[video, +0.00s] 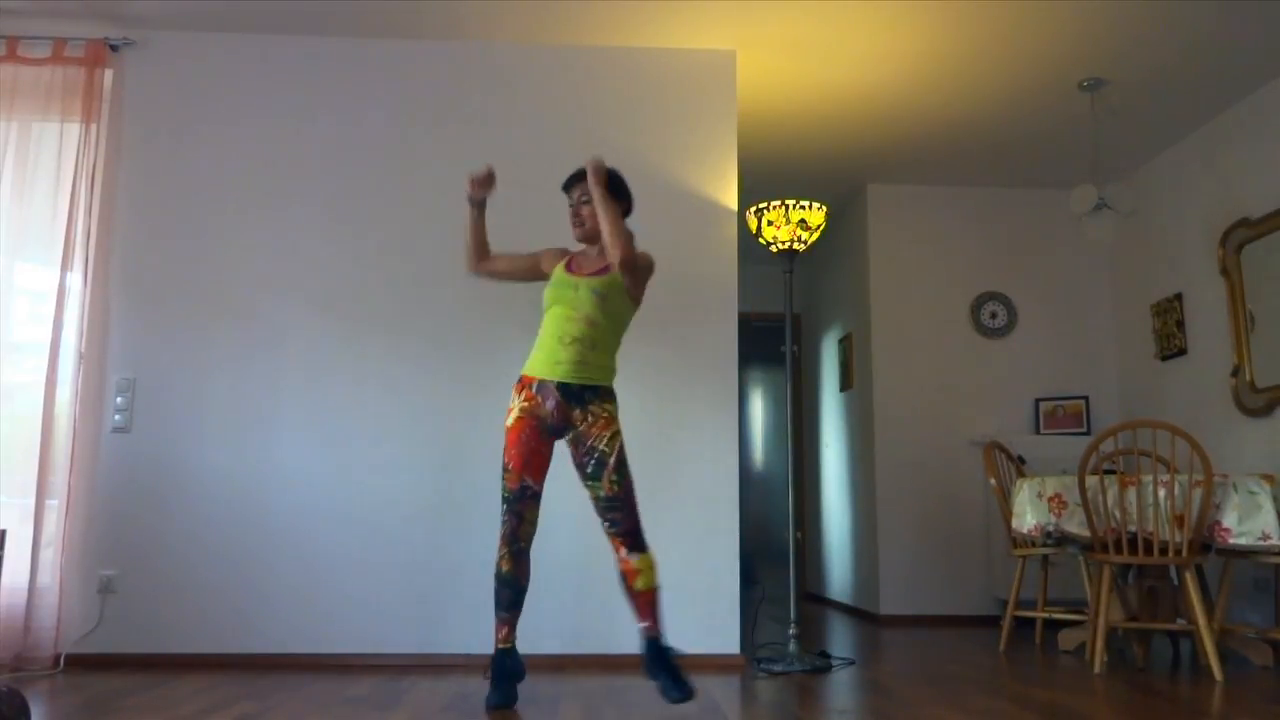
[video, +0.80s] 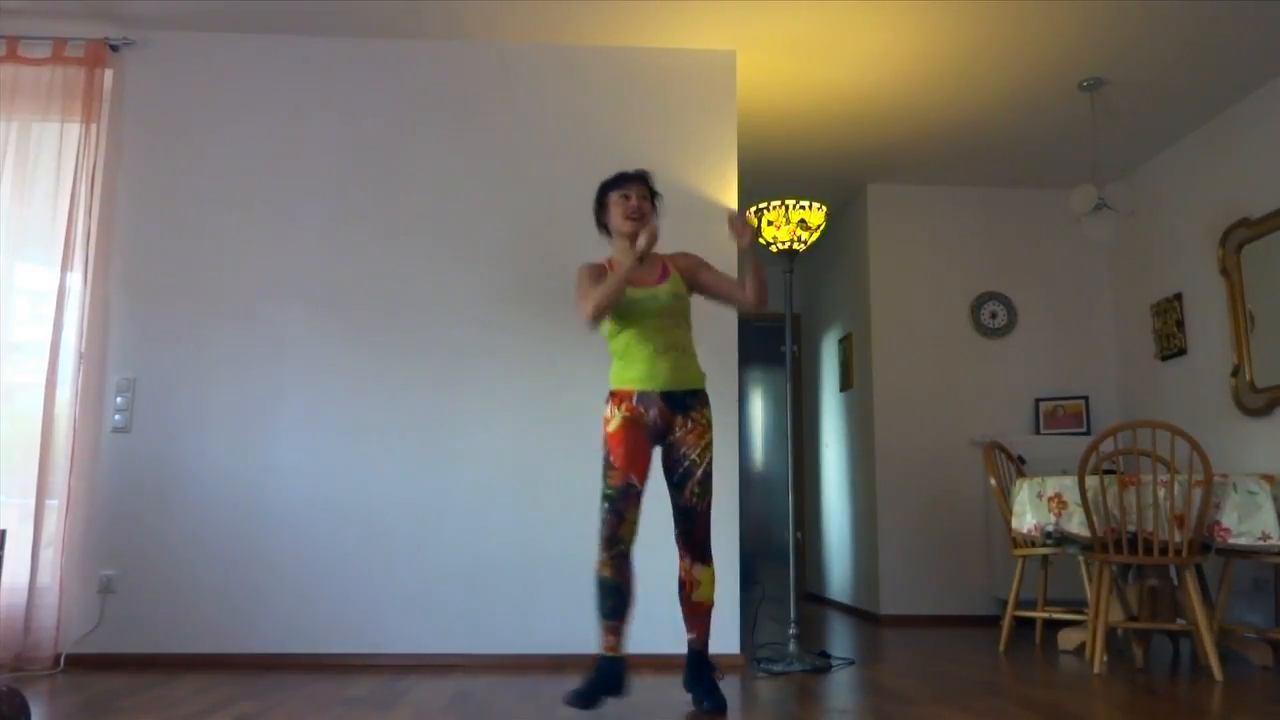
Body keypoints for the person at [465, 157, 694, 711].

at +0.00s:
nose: (578, 213)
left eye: (589, 204)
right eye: (572, 205)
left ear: (615, 211)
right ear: (568, 213)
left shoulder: (634, 268)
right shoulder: (557, 261)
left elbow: (618, 252)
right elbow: (481, 263)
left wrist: (599, 186)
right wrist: (477, 205)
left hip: (592, 403)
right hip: (533, 396)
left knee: (625, 528)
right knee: (515, 528)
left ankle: (655, 648)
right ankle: (503, 657)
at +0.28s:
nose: (607, 242)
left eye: (615, 231)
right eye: (602, 234)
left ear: (650, 230)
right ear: (605, 241)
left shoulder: (681, 281)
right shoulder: (609, 289)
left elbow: (676, 215)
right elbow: (537, 277)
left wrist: (634, 149)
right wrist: (534, 211)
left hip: (665, 429)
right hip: (607, 426)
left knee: (679, 553)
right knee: (555, 531)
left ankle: (701, 671)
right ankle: (557, 655)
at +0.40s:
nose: (617, 253)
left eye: (626, 242)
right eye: (612, 244)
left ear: (657, 244)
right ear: (614, 250)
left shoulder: (688, 290)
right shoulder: (617, 302)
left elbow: (712, 301)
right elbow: (558, 343)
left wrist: (673, 241)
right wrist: (567, 291)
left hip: (688, 439)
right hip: (632, 440)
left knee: (691, 564)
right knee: (590, 536)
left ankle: (703, 676)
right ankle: (642, 662)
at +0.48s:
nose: (620, 255)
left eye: (629, 245)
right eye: (616, 248)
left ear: (662, 246)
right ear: (615, 256)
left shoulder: (696, 303)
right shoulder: (616, 311)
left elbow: (732, 365)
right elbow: (592, 377)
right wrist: (568, 349)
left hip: (696, 441)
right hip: (640, 443)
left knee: (693, 565)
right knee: (630, 547)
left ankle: (702, 682)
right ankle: (685, 669)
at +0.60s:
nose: (634, 243)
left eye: (645, 236)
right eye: (626, 237)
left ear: (669, 247)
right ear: (617, 251)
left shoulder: (697, 308)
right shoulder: (611, 316)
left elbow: (725, 390)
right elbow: (612, 393)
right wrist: (578, 425)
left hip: (699, 442)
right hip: (641, 445)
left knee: (699, 553)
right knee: (665, 540)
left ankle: (701, 676)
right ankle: (701, 673)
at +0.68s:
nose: (642, 228)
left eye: (651, 221)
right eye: (631, 222)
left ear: (667, 235)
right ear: (616, 239)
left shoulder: (697, 294)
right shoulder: (609, 304)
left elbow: (734, 370)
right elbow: (602, 391)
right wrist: (606, 349)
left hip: (697, 432)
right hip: (639, 435)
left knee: (697, 553)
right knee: (650, 550)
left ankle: (703, 675)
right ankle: (682, 670)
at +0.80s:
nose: (635, 205)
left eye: (643, 197)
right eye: (623, 198)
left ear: (655, 211)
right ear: (604, 216)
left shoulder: (681, 265)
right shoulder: (595, 271)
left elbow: (752, 298)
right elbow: (593, 312)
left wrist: (747, 245)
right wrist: (631, 255)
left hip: (688, 405)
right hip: (629, 407)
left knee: (694, 537)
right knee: (615, 532)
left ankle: (699, 662)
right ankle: (610, 662)